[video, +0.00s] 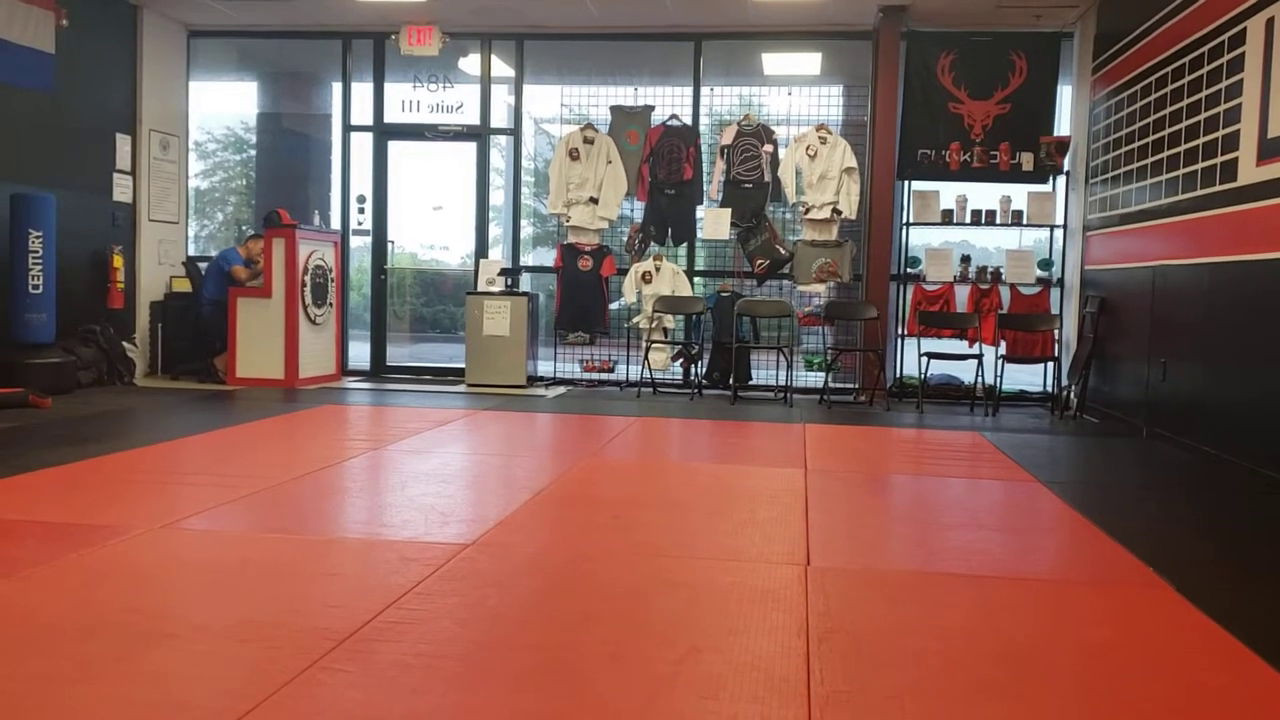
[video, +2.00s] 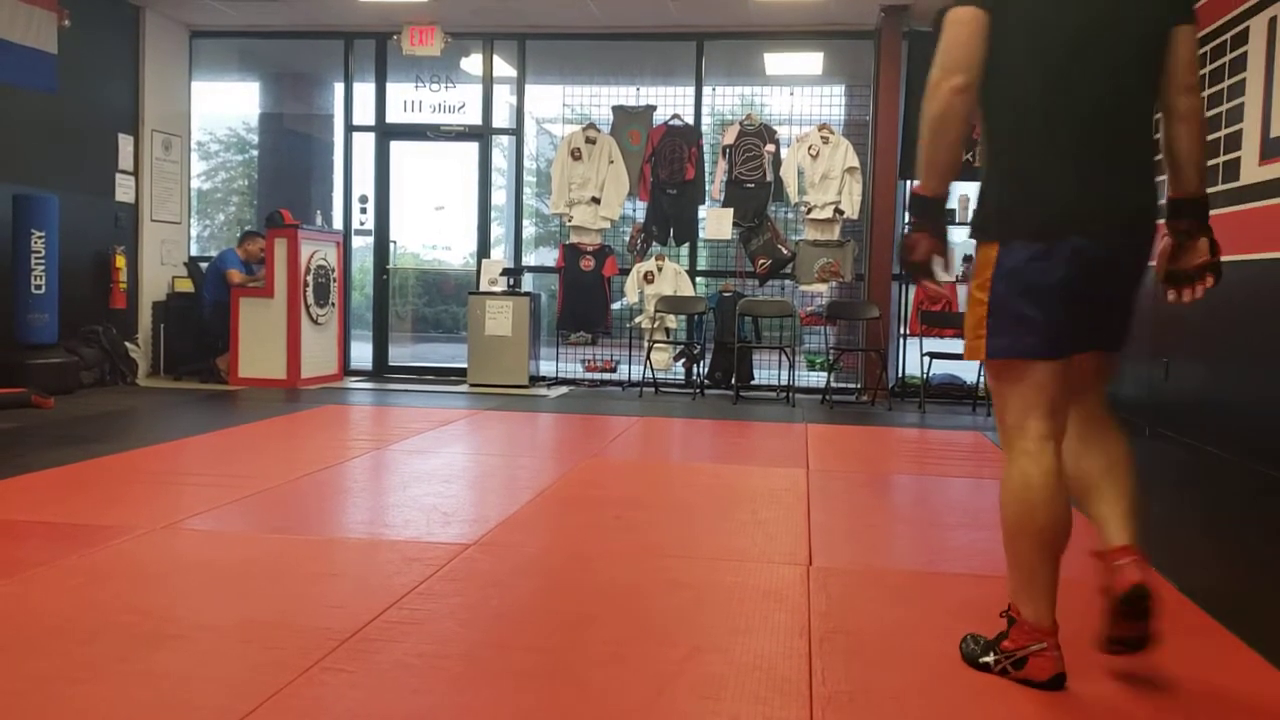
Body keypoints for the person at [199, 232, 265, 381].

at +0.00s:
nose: (261, 255)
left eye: (263, 252)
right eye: (260, 250)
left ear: (250, 245)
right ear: (250, 244)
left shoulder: (243, 259)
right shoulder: (230, 255)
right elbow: (241, 276)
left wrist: (262, 266)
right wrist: (259, 269)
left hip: (225, 305)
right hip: (212, 306)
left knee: (252, 328)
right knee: (247, 332)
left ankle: (222, 363)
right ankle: (220, 363)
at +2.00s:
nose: (262, 255)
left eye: (263, 251)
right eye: (260, 250)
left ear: (248, 246)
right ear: (247, 245)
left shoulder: (245, 263)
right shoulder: (229, 256)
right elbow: (234, 279)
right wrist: (257, 278)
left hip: (229, 308)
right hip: (214, 309)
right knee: (252, 332)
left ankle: (226, 363)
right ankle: (223, 362)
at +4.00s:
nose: (261, 253)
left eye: (262, 250)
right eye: (260, 248)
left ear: (248, 245)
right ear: (247, 244)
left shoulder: (245, 263)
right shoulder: (228, 255)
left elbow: (252, 282)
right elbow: (236, 279)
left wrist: (265, 276)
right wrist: (258, 278)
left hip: (230, 307)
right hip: (214, 308)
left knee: (258, 328)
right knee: (252, 331)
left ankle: (226, 363)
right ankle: (223, 362)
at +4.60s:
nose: (261, 254)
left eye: (262, 250)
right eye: (259, 249)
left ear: (247, 245)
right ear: (246, 244)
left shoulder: (246, 264)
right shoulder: (228, 256)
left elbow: (252, 282)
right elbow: (235, 280)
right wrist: (258, 279)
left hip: (230, 308)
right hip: (213, 309)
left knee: (257, 324)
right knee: (251, 328)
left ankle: (226, 363)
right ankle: (223, 362)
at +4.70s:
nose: (252, 250)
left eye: (254, 246)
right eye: (251, 245)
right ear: (242, 244)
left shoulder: (242, 261)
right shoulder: (226, 256)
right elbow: (234, 280)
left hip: (221, 303)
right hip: (209, 303)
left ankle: (221, 367)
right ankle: (215, 368)